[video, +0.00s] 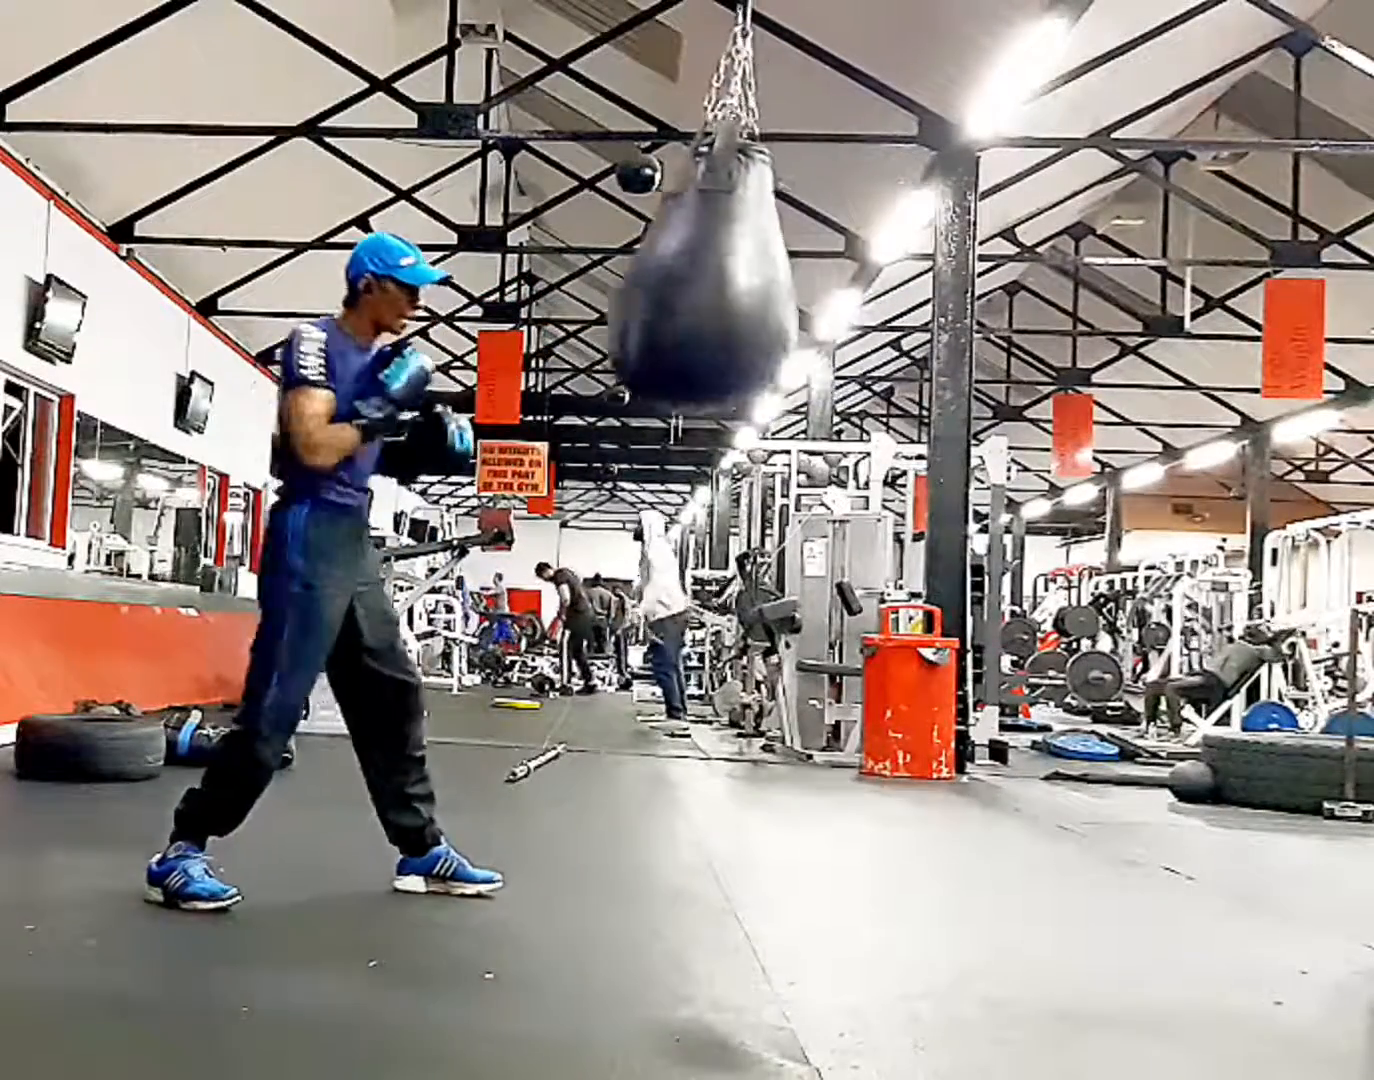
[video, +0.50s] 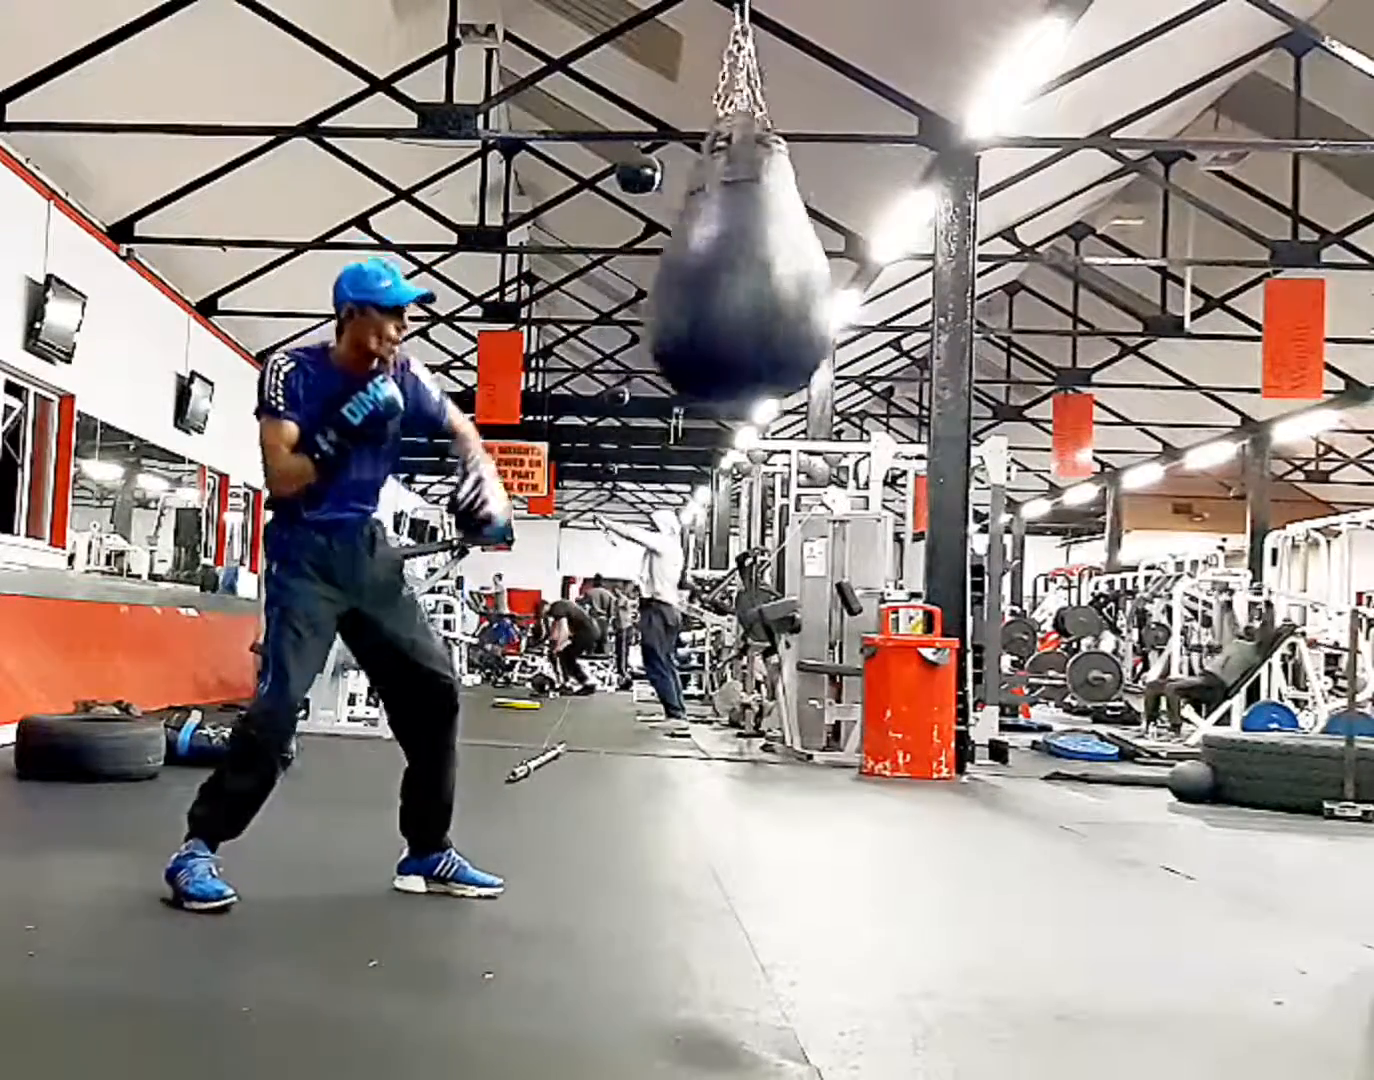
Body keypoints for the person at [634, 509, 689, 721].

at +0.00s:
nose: (635, 531)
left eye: (639, 526)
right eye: (637, 526)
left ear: (647, 527)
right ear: (656, 527)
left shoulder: (654, 548)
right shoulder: (660, 547)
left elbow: (656, 583)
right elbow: (646, 581)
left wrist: (643, 607)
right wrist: (634, 595)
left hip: (666, 611)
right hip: (674, 610)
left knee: (664, 665)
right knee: (672, 663)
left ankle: (675, 712)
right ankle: (678, 709)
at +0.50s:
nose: (653, 528)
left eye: (655, 524)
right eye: (654, 524)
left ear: (663, 525)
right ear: (673, 526)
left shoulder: (665, 543)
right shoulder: (674, 547)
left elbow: (634, 535)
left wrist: (608, 525)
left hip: (657, 606)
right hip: (669, 606)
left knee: (655, 662)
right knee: (665, 660)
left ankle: (674, 713)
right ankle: (677, 709)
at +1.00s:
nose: (649, 529)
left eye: (653, 524)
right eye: (650, 524)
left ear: (662, 527)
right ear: (667, 526)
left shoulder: (666, 548)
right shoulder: (672, 547)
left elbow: (640, 568)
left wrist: (612, 576)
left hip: (664, 610)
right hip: (670, 608)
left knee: (662, 662)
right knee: (664, 661)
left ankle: (675, 710)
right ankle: (676, 708)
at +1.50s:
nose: (637, 528)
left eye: (641, 524)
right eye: (639, 524)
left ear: (650, 527)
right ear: (655, 526)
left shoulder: (661, 548)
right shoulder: (653, 548)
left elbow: (668, 583)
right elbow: (650, 582)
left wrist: (665, 618)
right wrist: (637, 595)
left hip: (669, 610)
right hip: (661, 608)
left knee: (663, 662)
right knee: (668, 661)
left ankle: (676, 711)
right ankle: (676, 709)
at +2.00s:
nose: (638, 529)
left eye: (642, 525)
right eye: (640, 524)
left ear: (652, 528)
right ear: (655, 528)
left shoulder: (664, 550)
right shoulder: (654, 550)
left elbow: (682, 584)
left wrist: (689, 618)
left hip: (669, 612)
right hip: (662, 612)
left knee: (664, 664)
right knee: (668, 664)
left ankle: (676, 712)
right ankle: (677, 709)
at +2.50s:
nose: (626, 535)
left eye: (630, 530)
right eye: (627, 530)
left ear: (640, 533)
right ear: (643, 533)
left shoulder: (655, 557)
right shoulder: (644, 557)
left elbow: (676, 590)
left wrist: (683, 624)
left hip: (669, 616)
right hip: (659, 617)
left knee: (667, 667)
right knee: (669, 667)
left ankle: (676, 712)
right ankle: (676, 711)